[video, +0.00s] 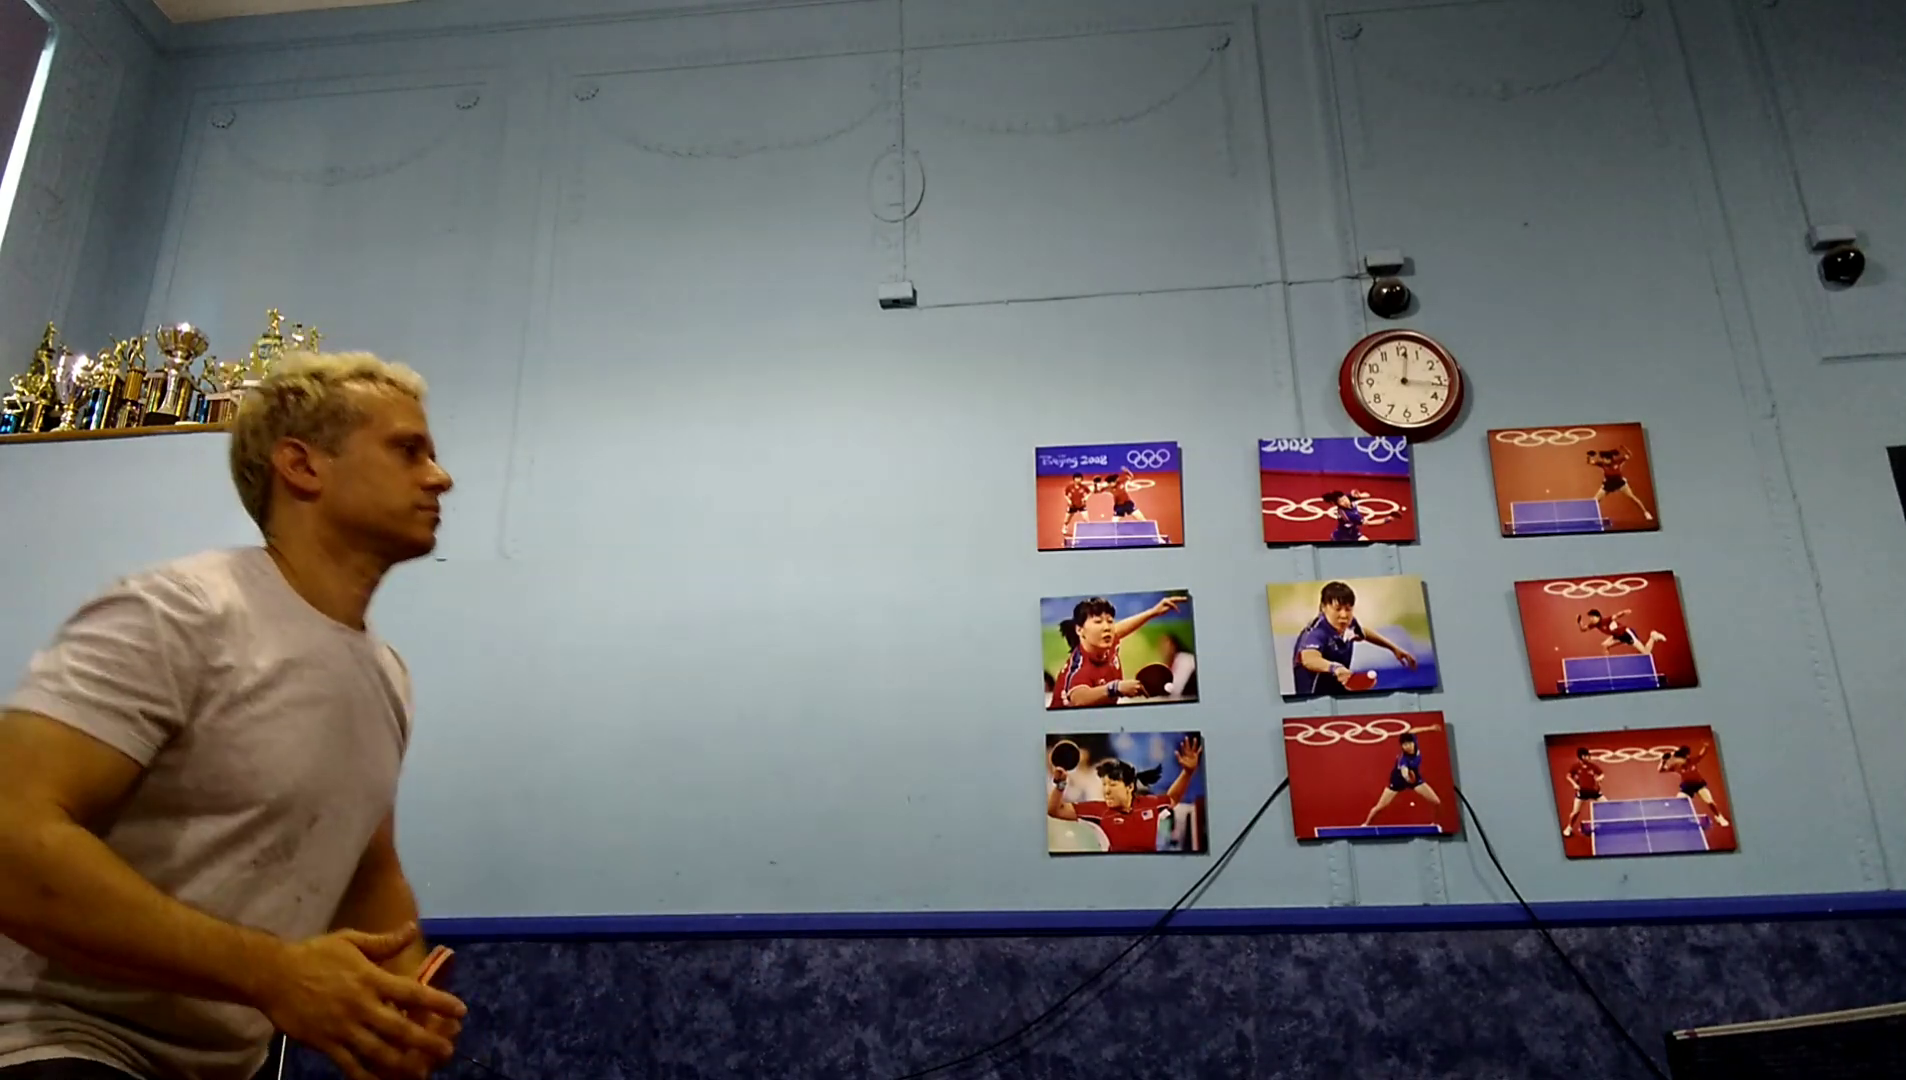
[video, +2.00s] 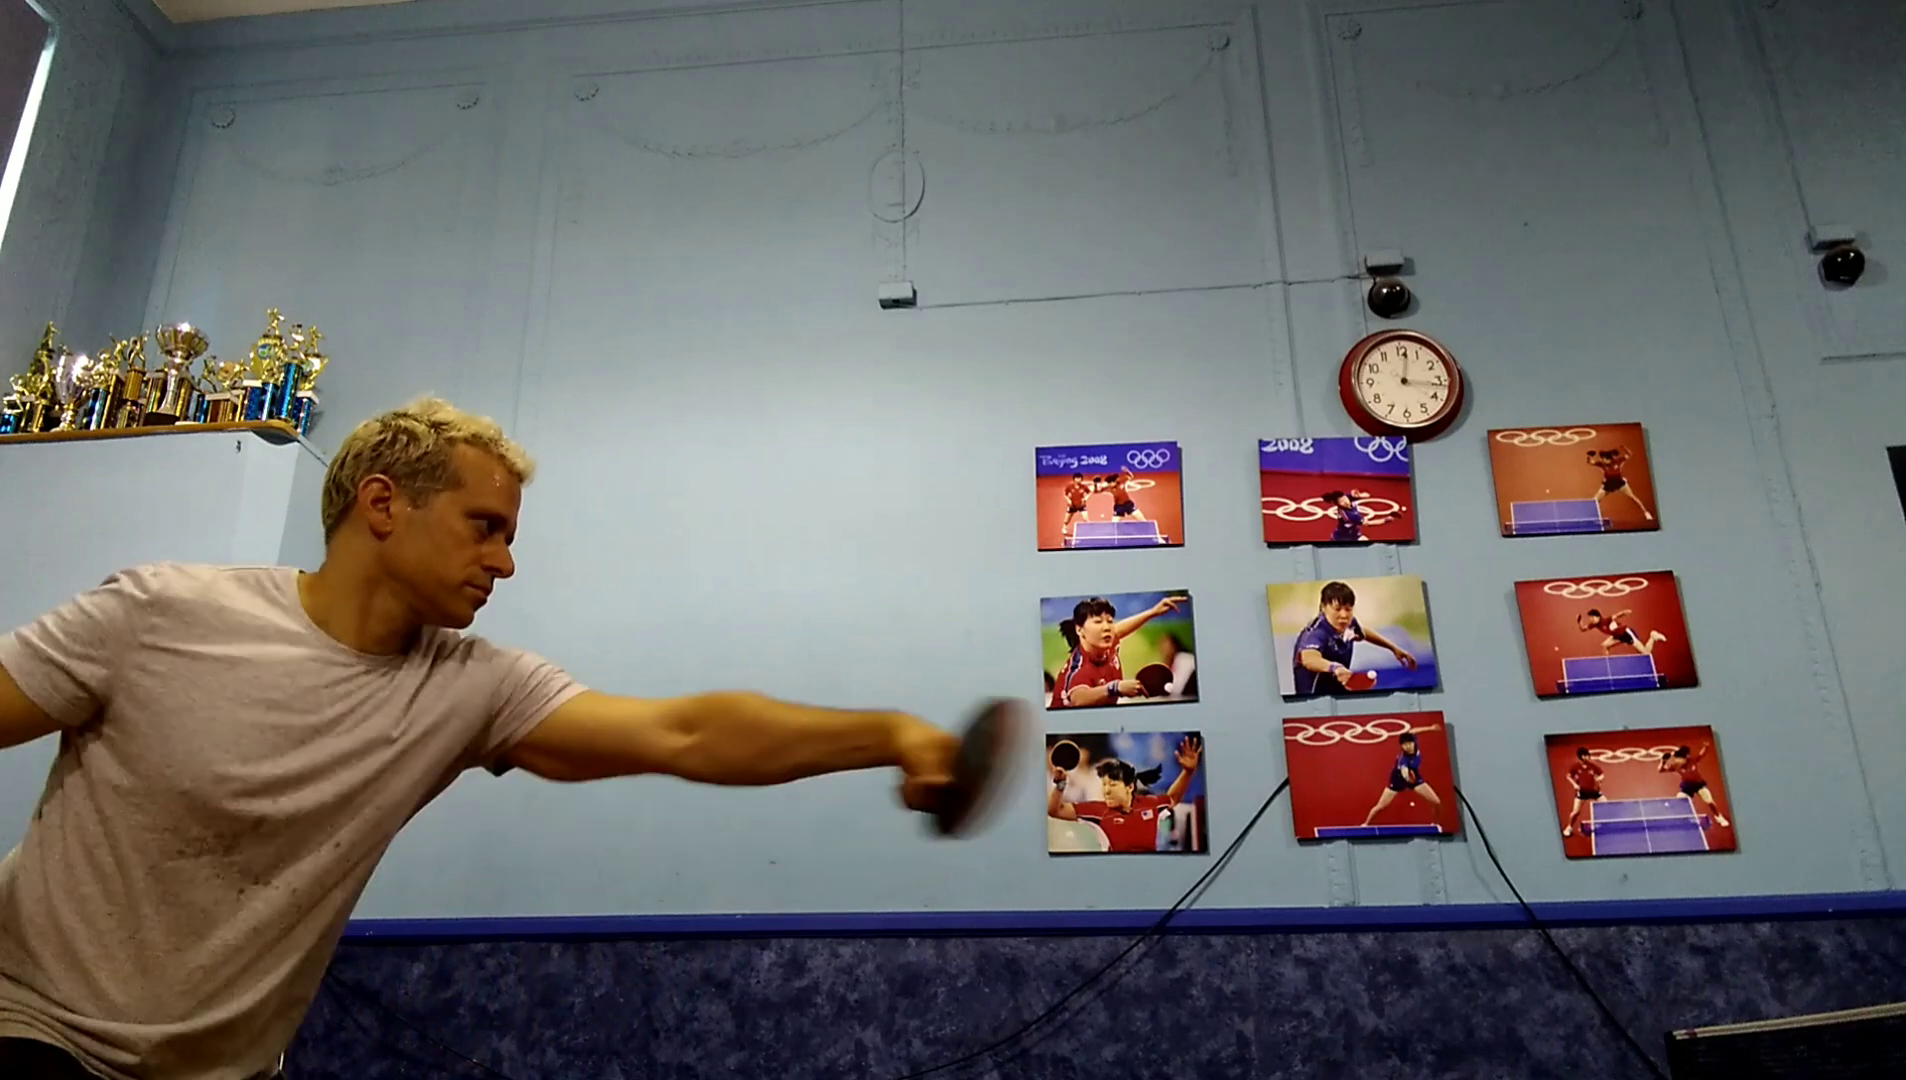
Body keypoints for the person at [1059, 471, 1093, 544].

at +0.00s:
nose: (1078, 481)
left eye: (1079, 479)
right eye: (1077, 479)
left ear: (1081, 480)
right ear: (1074, 480)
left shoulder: (1083, 487)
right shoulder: (1070, 487)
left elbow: (1089, 492)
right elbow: (1065, 494)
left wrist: (1085, 498)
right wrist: (1068, 501)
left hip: (1081, 505)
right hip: (1073, 505)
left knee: (1086, 519)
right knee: (1066, 520)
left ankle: (1090, 531)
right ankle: (1064, 529)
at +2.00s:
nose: (1078, 480)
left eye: (1079, 478)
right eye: (1076, 478)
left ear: (1081, 479)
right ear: (1074, 479)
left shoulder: (1083, 487)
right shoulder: (1070, 487)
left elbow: (1089, 492)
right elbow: (1065, 494)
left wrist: (1085, 498)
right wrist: (1068, 500)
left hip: (1081, 505)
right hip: (1072, 505)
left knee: (1086, 519)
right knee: (1067, 520)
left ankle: (1089, 530)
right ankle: (1064, 528)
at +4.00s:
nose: (1078, 481)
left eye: (1079, 479)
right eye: (1077, 479)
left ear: (1081, 480)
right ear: (1074, 480)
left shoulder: (1083, 487)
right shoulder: (1070, 487)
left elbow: (1089, 492)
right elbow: (1065, 494)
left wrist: (1085, 498)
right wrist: (1068, 501)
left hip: (1081, 505)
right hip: (1072, 505)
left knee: (1086, 519)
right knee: (1066, 520)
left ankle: (1090, 530)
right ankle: (1064, 528)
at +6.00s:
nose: (1078, 481)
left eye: (1080, 479)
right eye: (1077, 479)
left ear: (1081, 480)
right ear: (1074, 480)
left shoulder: (1083, 487)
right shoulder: (1070, 487)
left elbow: (1089, 492)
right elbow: (1065, 494)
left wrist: (1085, 498)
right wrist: (1068, 500)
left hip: (1081, 505)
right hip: (1072, 505)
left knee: (1086, 519)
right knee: (1067, 520)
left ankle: (1089, 530)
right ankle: (1064, 528)